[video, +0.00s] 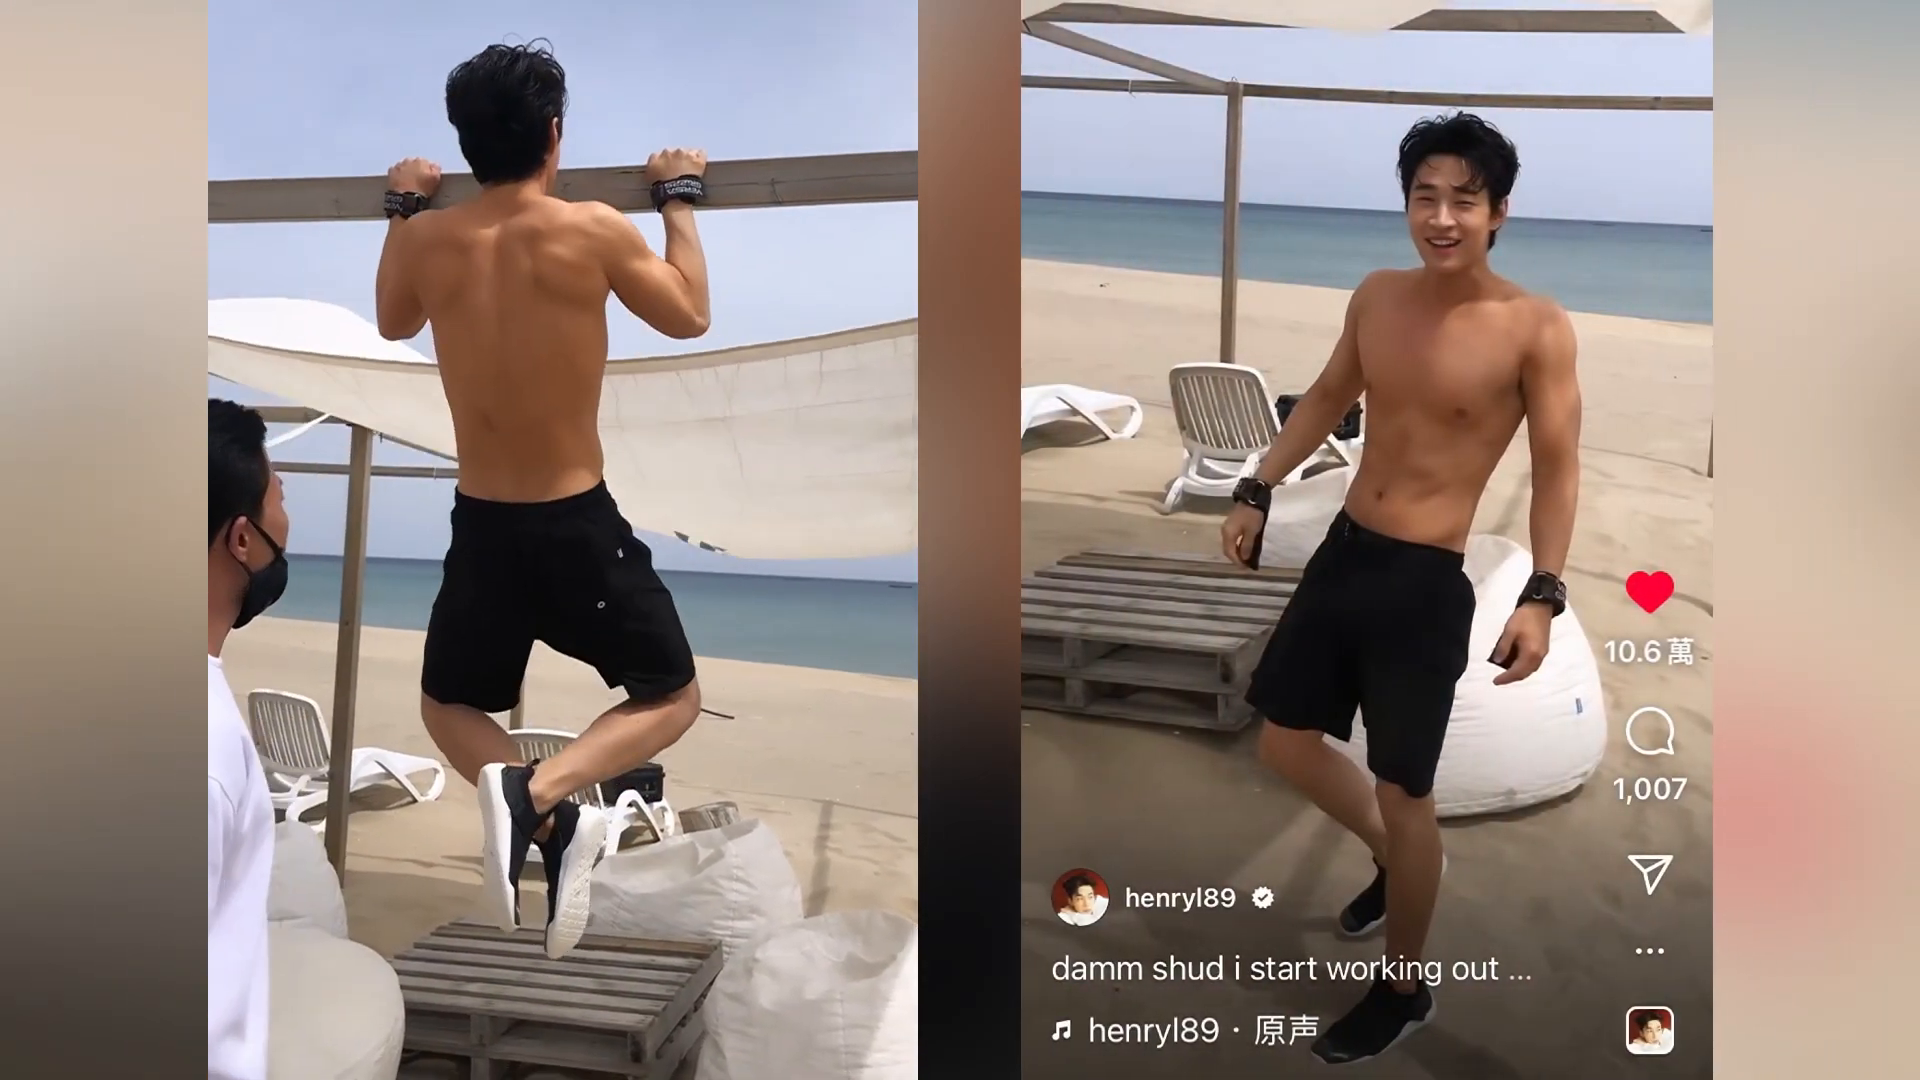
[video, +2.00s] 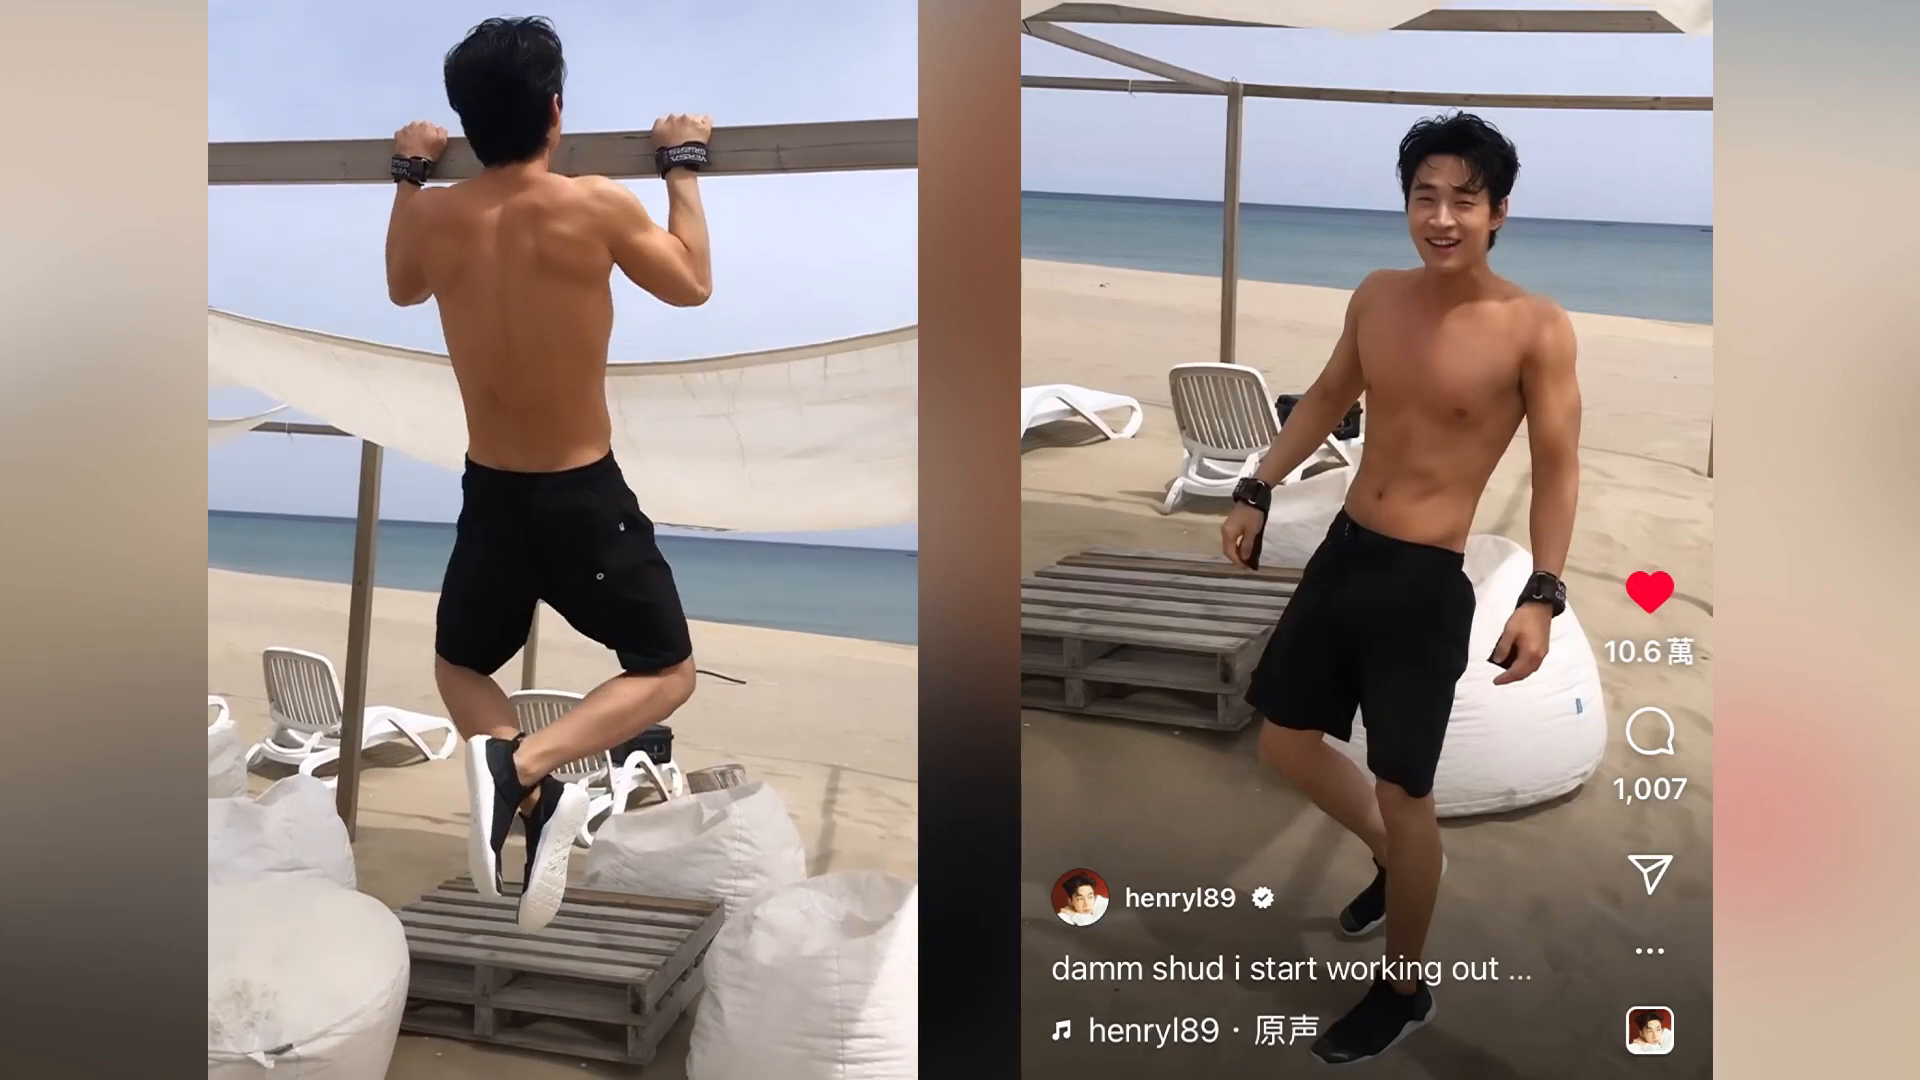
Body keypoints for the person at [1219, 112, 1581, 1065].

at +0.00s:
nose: (1440, 216)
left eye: (1462, 198)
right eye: (1424, 197)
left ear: (1498, 210)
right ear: (1406, 208)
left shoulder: (1534, 328)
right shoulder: (1378, 297)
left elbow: (1556, 468)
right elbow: (1329, 398)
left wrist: (1540, 595)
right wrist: (1256, 484)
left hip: (1427, 579)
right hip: (1345, 554)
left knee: (1402, 799)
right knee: (1284, 742)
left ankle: (1402, 981)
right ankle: (1398, 847)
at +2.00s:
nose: (1440, 216)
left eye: (1462, 198)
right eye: (1424, 197)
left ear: (1498, 210)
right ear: (1406, 208)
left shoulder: (1535, 328)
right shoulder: (1378, 297)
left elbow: (1556, 468)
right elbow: (1330, 398)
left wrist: (1540, 595)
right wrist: (1256, 484)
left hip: (1426, 579)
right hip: (1345, 553)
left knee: (1402, 800)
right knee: (1284, 742)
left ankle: (1402, 981)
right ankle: (1398, 848)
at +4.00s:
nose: (1440, 216)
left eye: (1462, 198)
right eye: (1424, 197)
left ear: (1498, 210)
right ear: (1406, 208)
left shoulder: (1535, 328)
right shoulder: (1378, 296)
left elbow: (1556, 468)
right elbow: (1330, 398)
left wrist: (1540, 595)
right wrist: (1255, 484)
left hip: (1426, 579)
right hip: (1345, 553)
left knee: (1402, 799)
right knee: (1284, 742)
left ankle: (1403, 981)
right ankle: (1398, 847)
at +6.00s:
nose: (1440, 216)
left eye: (1462, 198)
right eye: (1424, 197)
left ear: (1498, 210)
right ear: (1406, 208)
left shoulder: (1535, 328)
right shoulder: (1378, 296)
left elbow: (1556, 468)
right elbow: (1330, 398)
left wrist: (1540, 595)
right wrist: (1255, 484)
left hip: (1426, 579)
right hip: (1345, 553)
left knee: (1402, 799)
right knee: (1284, 742)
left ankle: (1403, 981)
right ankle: (1398, 847)